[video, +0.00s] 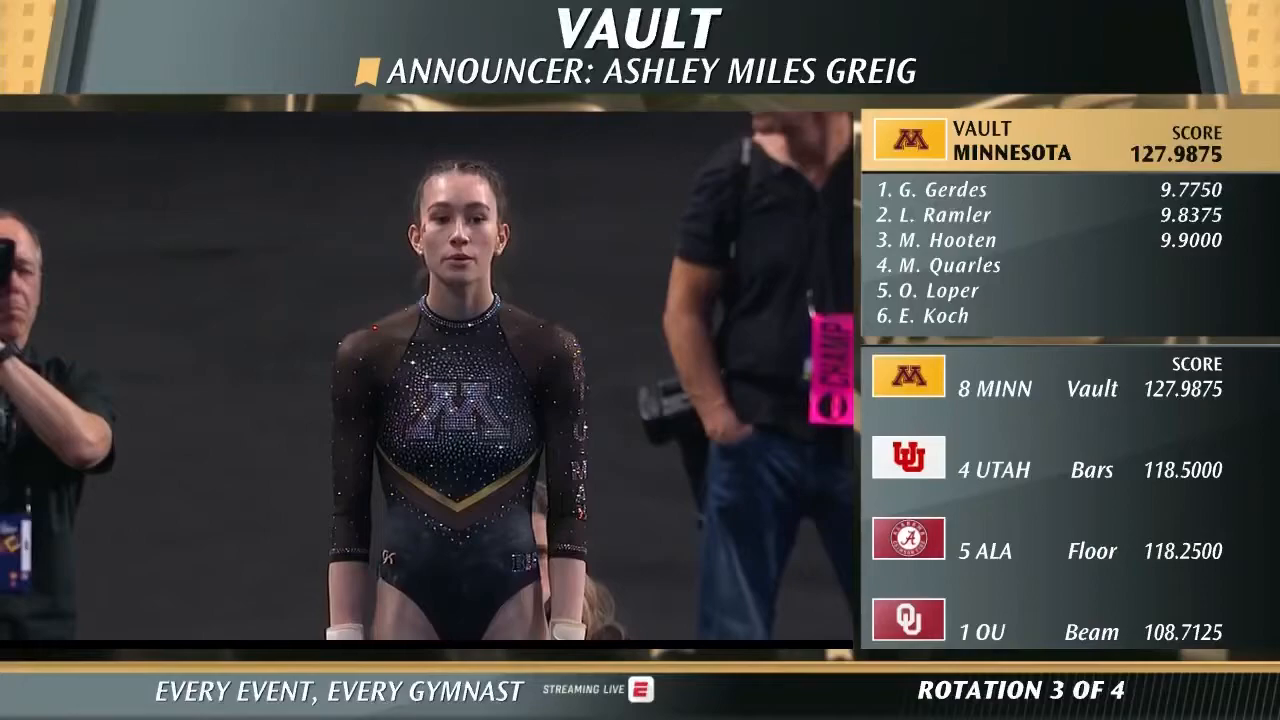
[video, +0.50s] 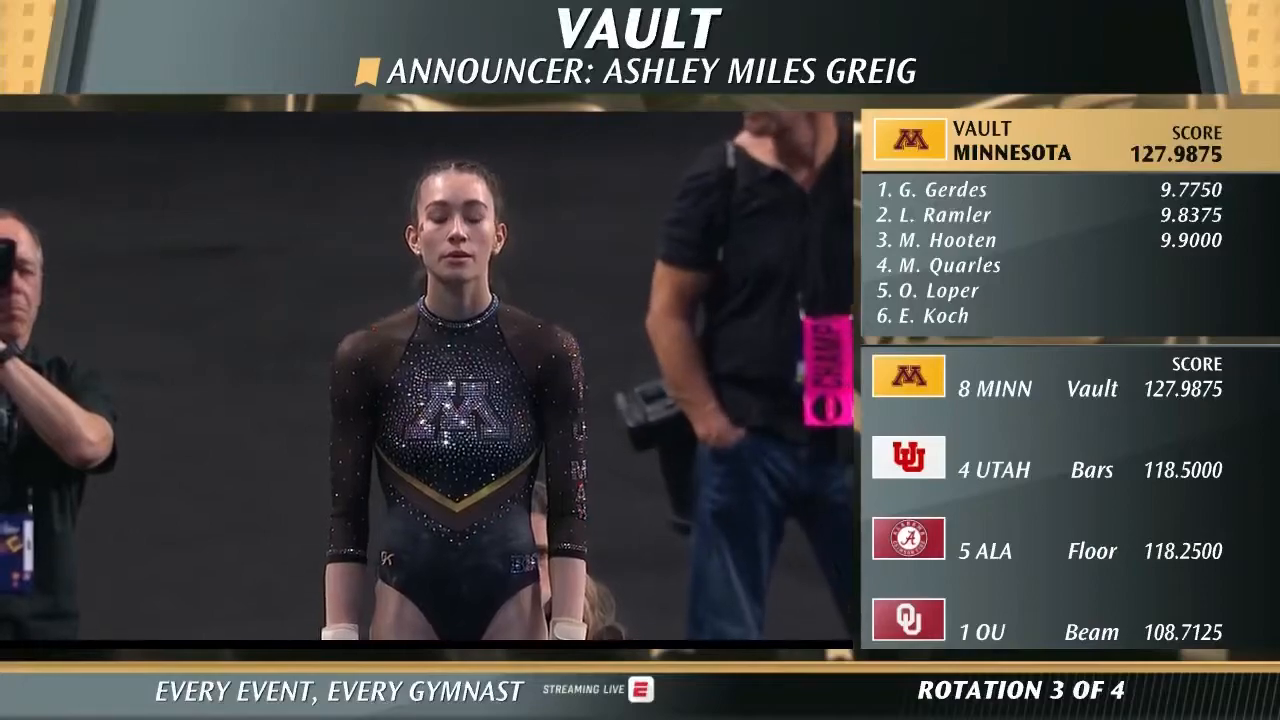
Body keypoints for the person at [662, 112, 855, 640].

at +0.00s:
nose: (753, 99)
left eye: (766, 86)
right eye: (751, 86)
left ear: (813, 90)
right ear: (757, 96)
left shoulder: (873, 169)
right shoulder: (733, 172)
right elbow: (683, 311)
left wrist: (889, 412)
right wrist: (722, 423)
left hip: (861, 442)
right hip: (755, 441)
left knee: (897, 631)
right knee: (735, 635)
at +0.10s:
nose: (754, 98)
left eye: (768, 85)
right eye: (753, 84)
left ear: (813, 90)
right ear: (756, 94)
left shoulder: (871, 168)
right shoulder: (731, 173)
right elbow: (681, 309)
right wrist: (721, 423)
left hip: (859, 440)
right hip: (754, 439)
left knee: (898, 629)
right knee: (734, 633)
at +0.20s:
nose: (750, 101)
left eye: (764, 87)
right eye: (749, 88)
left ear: (811, 91)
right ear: (751, 99)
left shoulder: (869, 172)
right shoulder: (727, 179)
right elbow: (676, 312)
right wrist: (717, 426)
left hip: (856, 443)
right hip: (750, 443)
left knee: (894, 632)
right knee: (730, 636)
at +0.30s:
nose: (749, 100)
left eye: (762, 88)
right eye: (748, 88)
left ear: (811, 91)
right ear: (752, 100)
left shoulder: (866, 172)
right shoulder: (722, 179)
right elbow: (673, 313)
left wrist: (882, 414)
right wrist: (716, 426)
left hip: (854, 444)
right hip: (749, 442)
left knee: (892, 632)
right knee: (729, 636)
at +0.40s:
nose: (748, 98)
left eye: (761, 85)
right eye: (746, 85)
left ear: (806, 87)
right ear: (747, 92)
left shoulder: (864, 167)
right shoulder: (720, 175)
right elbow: (669, 311)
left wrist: (882, 413)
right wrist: (713, 424)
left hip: (852, 442)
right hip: (746, 441)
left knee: (892, 632)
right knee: (727, 635)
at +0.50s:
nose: (749, 102)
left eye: (763, 88)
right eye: (745, 89)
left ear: (810, 89)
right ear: (747, 96)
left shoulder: (863, 169)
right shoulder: (719, 178)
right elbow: (667, 314)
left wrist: (879, 415)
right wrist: (713, 428)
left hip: (850, 444)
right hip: (745, 444)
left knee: (889, 632)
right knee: (726, 635)